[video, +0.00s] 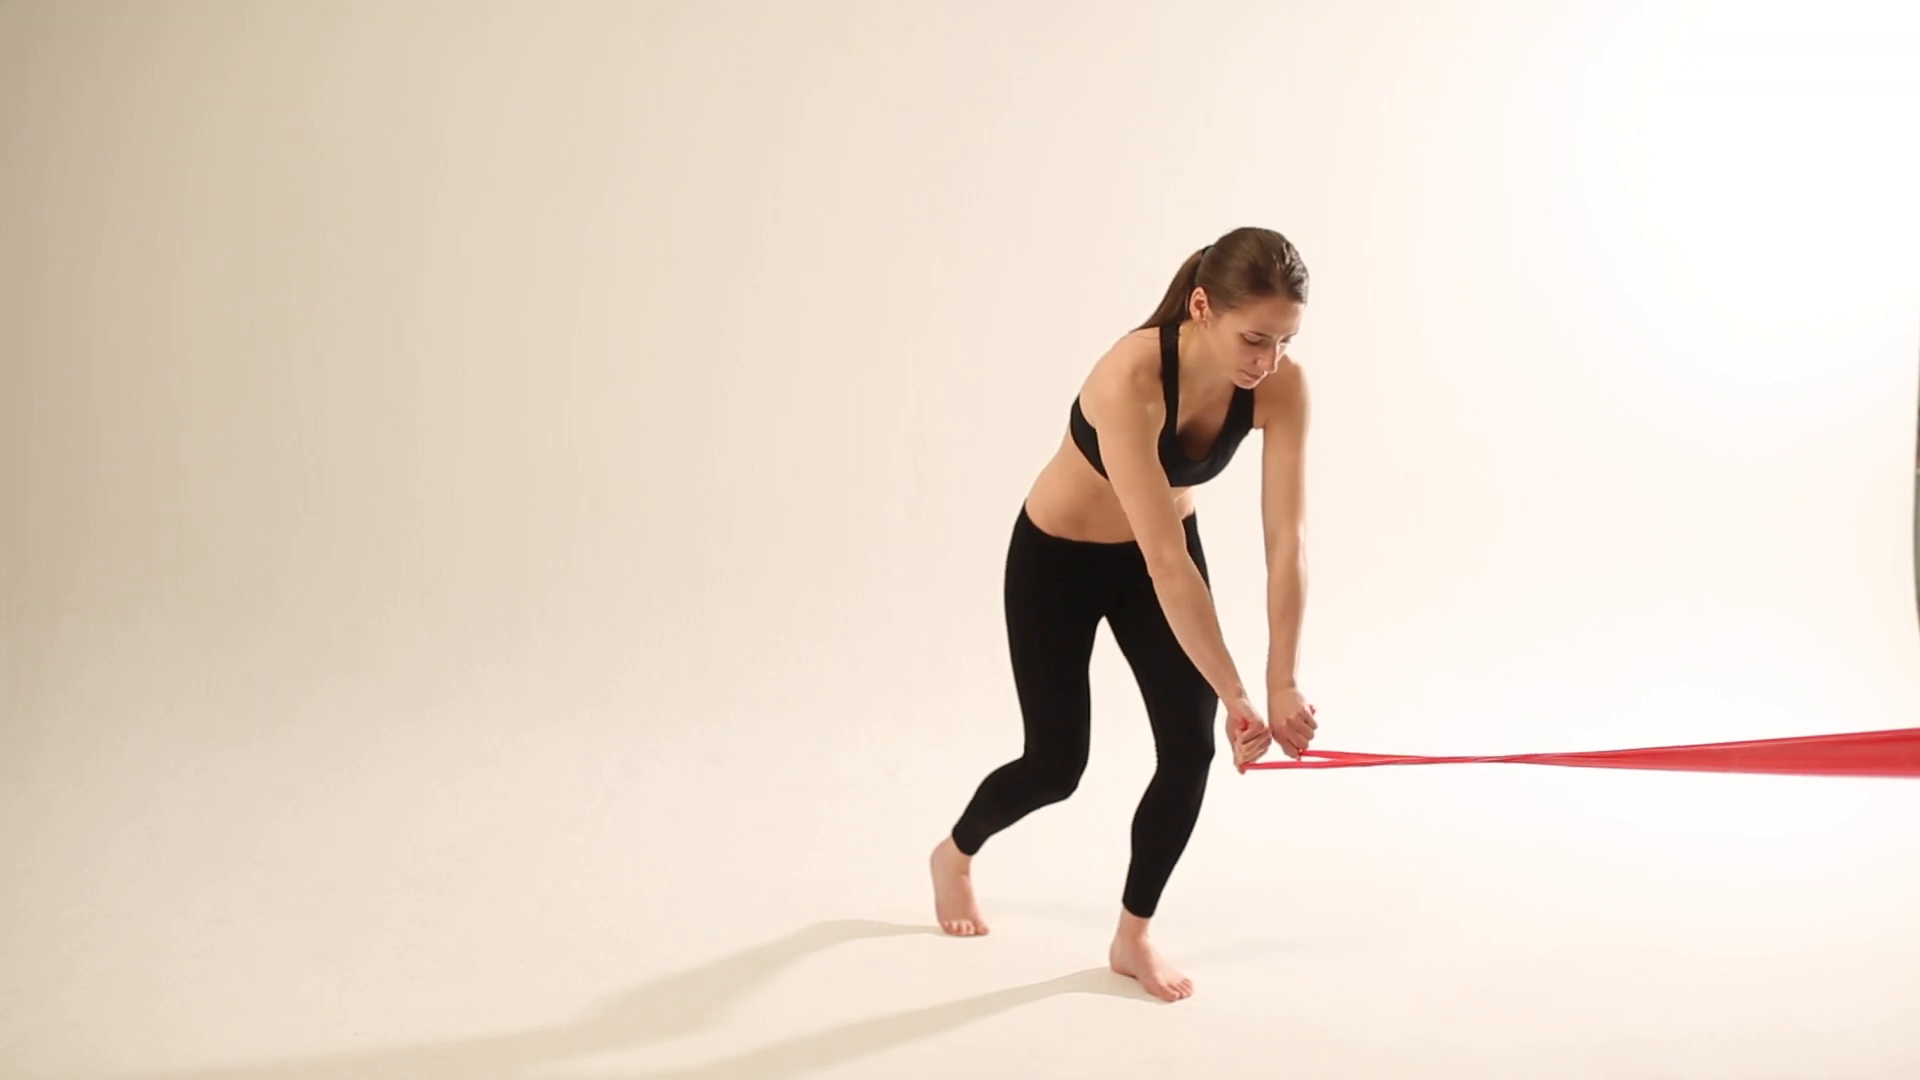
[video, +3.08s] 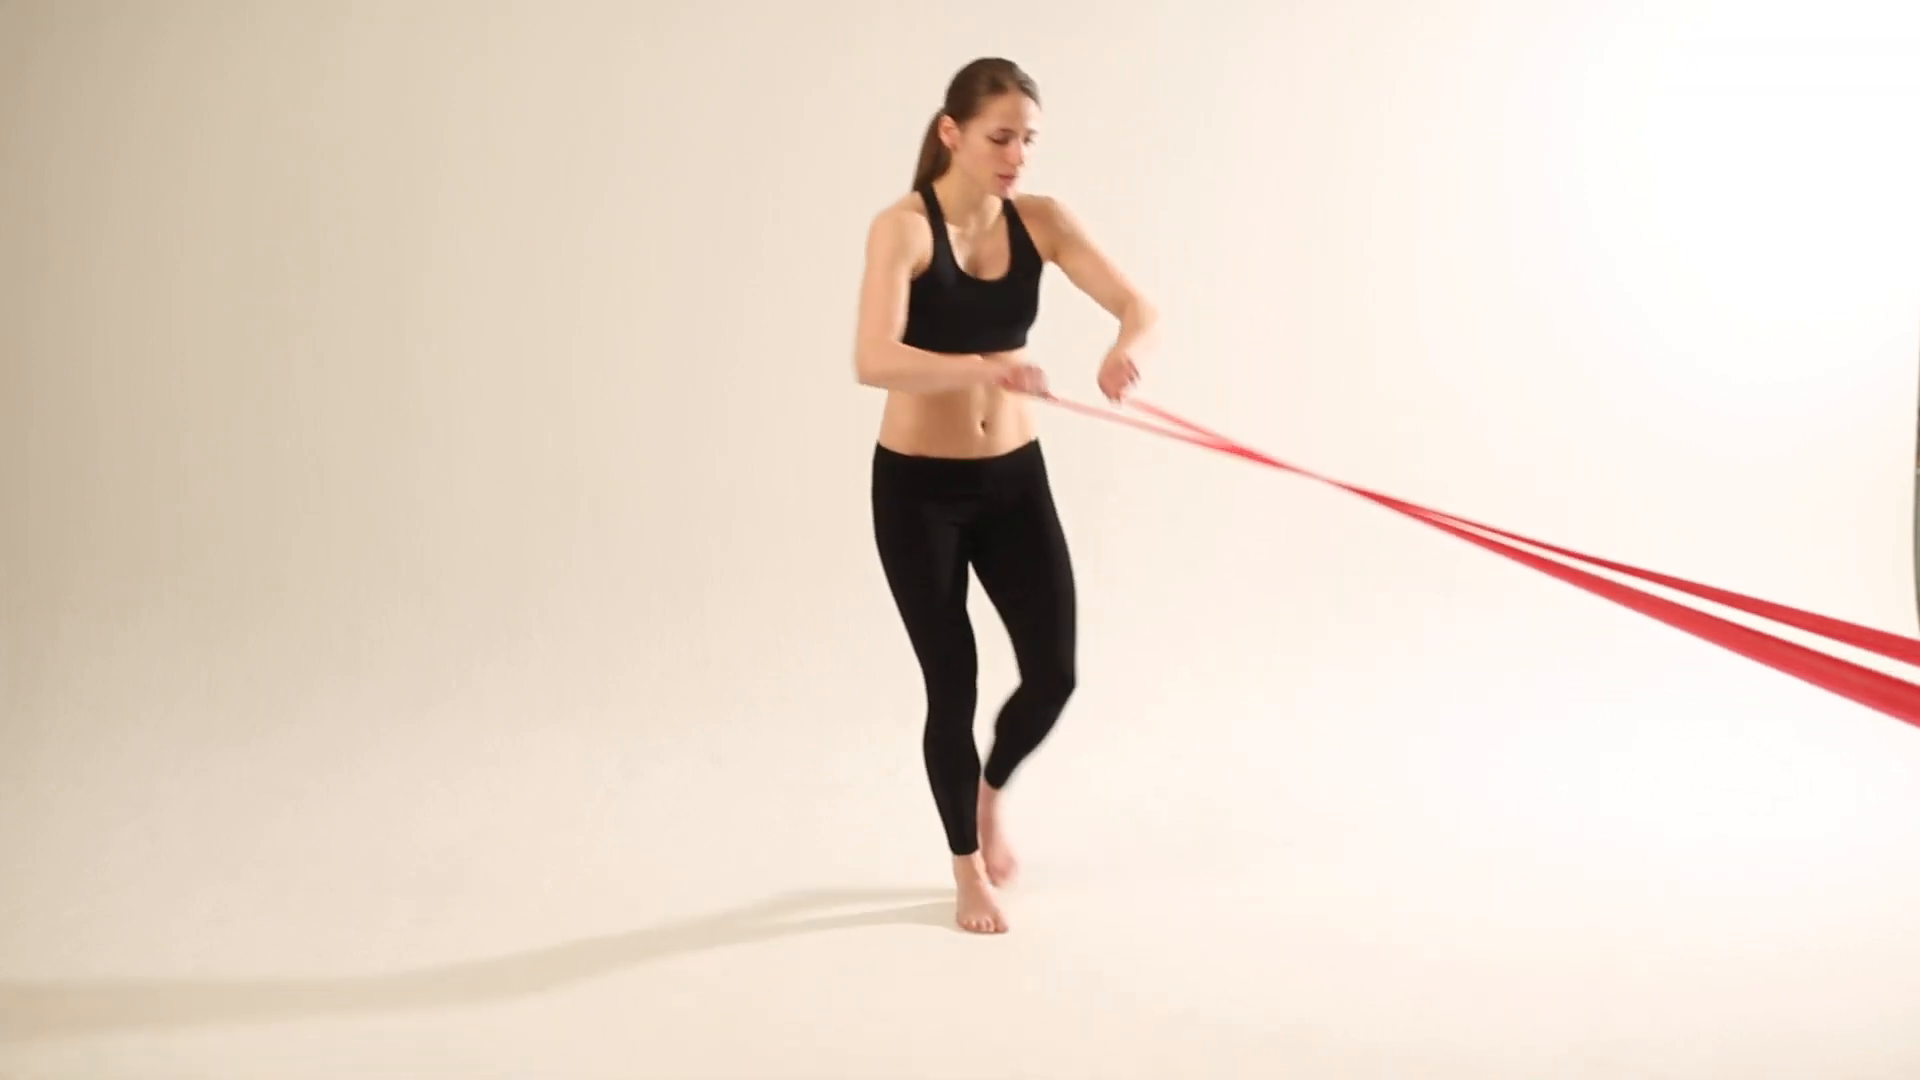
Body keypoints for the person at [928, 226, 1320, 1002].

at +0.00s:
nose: (1272, 359)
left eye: (1285, 340)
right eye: (1257, 338)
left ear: (1298, 321)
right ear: (1201, 309)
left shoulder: (1279, 384)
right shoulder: (1128, 378)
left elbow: (1285, 541)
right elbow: (1166, 562)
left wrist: (1282, 681)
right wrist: (1234, 695)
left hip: (1162, 557)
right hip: (1058, 558)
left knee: (1186, 753)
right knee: (1056, 764)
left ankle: (1132, 931)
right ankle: (954, 851)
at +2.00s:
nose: (1283, 379)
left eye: (1296, 361)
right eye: (1269, 358)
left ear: (1309, 343)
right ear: (1213, 326)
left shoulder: (1285, 401)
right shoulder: (1136, 390)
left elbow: (1291, 555)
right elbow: (1172, 574)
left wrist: (1284, 698)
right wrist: (1235, 710)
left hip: (1160, 558)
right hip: (1058, 560)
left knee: (1191, 750)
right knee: (1061, 766)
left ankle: (1133, 931)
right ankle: (957, 851)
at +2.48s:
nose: (1224, 315)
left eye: (1235, 296)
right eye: (1209, 293)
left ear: (1246, 285)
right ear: (1153, 268)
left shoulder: (1231, 347)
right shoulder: (1084, 350)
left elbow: (1252, 495)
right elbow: (1133, 517)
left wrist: (1262, 633)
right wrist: (1203, 642)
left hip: (1134, 554)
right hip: (1031, 556)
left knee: (1175, 739)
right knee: (1053, 762)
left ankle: (1133, 931)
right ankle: (971, 848)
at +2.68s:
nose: (1155, 265)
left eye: (1166, 246)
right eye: (1139, 243)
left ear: (1175, 241)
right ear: (1087, 226)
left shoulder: (1168, 309)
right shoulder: (1028, 318)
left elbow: (1199, 442)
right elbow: (1080, 468)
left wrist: (1221, 567)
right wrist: (1158, 582)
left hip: (1095, 544)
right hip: (995, 546)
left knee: (1147, 723)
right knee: (1031, 746)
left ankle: (1133, 929)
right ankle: (973, 856)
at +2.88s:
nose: (1076, 204)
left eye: (1088, 186)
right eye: (1062, 184)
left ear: (1097, 187)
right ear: (1011, 173)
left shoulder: (1092, 258)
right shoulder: (956, 264)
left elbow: (1150, 375)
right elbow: (983, 405)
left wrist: (1159, 467)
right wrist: (1093, 483)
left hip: (1043, 509)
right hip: (945, 513)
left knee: (1100, 696)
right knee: (988, 705)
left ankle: (1118, 897)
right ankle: (974, 873)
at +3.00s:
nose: (1040, 170)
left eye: (1050, 153)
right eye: (1025, 151)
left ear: (1056, 157)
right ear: (973, 147)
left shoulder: (1058, 235)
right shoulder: (922, 240)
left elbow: (1143, 334)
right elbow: (915, 381)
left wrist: (1132, 395)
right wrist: (1035, 414)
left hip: (1023, 492)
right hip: (925, 499)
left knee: (1076, 676)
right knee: (964, 690)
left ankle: (1033, 839)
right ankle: (971, 874)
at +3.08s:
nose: (1018, 153)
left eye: (1028, 137)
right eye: (1003, 135)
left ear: (1032, 140)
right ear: (951, 132)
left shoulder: (1038, 220)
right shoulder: (902, 228)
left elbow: (1136, 308)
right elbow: (874, 361)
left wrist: (1126, 349)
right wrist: (985, 368)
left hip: (1015, 484)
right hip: (918, 490)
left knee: (1051, 677)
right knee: (953, 682)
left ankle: (987, 786)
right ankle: (966, 871)